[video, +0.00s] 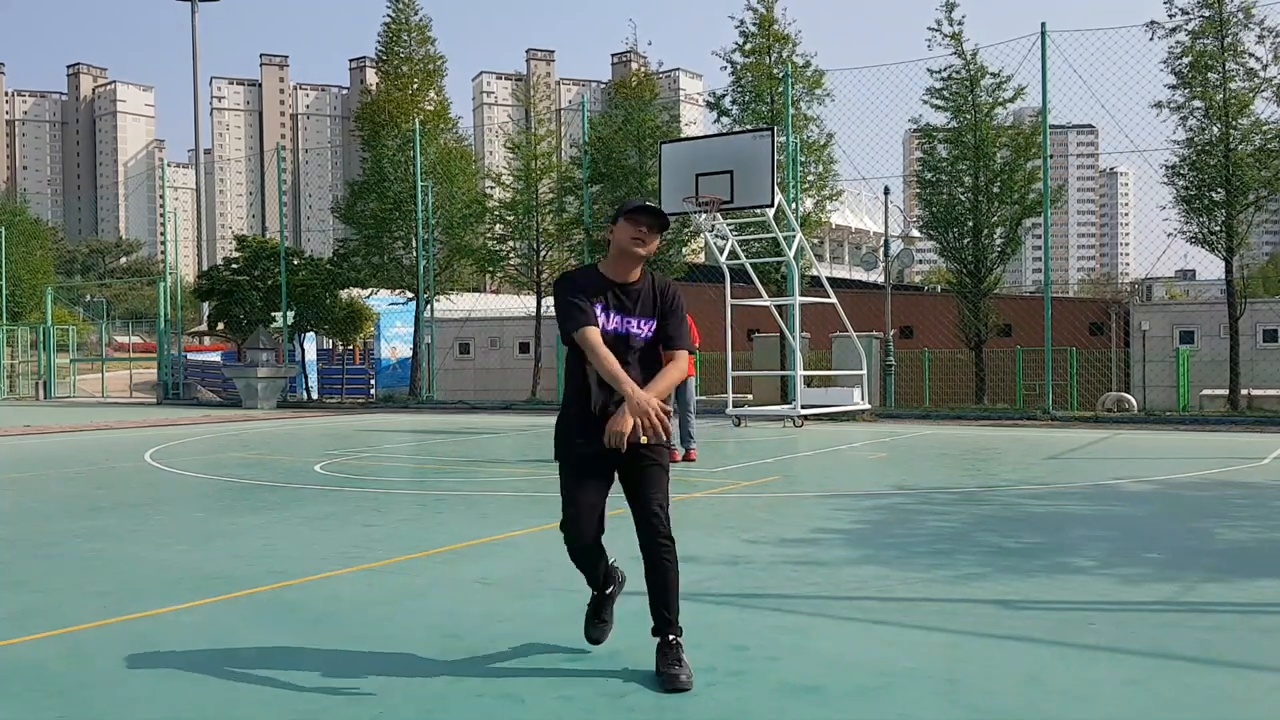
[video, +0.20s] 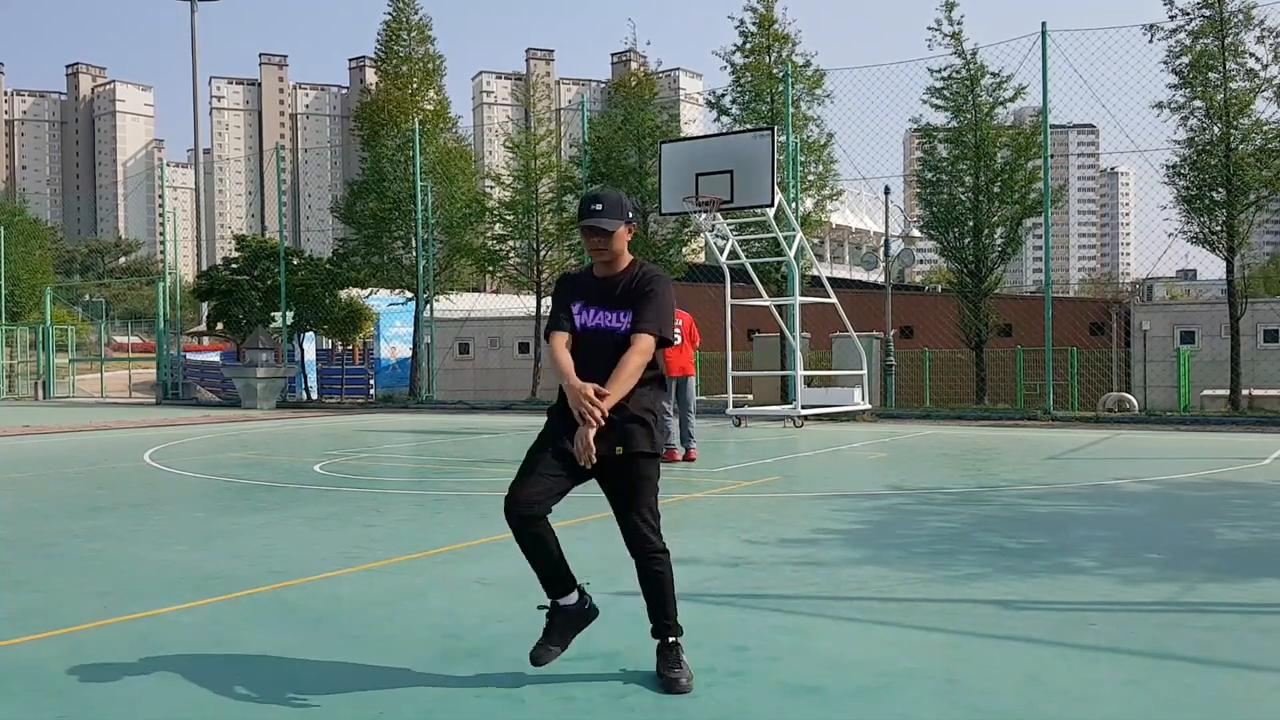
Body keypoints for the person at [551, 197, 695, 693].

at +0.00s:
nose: (646, 235)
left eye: (654, 231)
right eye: (637, 225)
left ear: (658, 244)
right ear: (612, 229)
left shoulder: (665, 294)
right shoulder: (575, 284)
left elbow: (680, 364)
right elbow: (593, 347)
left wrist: (633, 408)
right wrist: (636, 394)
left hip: (646, 431)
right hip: (585, 429)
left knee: (656, 530)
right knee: (578, 536)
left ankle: (669, 642)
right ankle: (605, 582)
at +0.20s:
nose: (596, 241)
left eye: (605, 233)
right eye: (589, 233)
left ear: (629, 232)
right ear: (582, 235)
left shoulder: (652, 284)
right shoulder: (569, 285)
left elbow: (639, 353)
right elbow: (559, 344)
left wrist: (594, 419)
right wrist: (572, 383)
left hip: (630, 420)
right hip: (574, 418)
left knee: (643, 534)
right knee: (522, 507)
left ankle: (669, 643)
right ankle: (569, 602)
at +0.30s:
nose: (576, 236)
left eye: (585, 226)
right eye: (569, 227)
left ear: (610, 224)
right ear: (563, 230)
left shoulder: (635, 275)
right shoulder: (561, 284)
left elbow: (620, 350)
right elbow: (542, 344)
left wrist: (574, 420)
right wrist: (544, 379)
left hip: (612, 424)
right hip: (559, 422)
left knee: (635, 534)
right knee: (509, 520)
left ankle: (675, 642)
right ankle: (514, 641)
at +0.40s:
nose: (557, 243)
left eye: (567, 234)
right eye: (551, 234)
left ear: (592, 234)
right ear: (545, 239)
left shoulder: (613, 285)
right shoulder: (545, 295)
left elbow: (605, 363)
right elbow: (525, 361)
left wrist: (561, 434)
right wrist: (529, 405)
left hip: (596, 444)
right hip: (540, 441)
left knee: (624, 548)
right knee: (499, 546)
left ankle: (682, 646)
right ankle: (479, 664)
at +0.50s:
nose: (533, 231)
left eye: (544, 223)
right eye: (528, 223)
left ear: (569, 229)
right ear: (521, 231)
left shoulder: (591, 278)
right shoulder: (517, 291)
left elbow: (582, 358)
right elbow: (508, 366)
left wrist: (553, 437)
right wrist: (519, 417)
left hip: (586, 443)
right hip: (525, 441)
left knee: (610, 545)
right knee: (493, 545)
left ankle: (666, 647)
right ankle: (482, 663)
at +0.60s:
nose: (528, 224)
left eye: (538, 216)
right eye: (519, 216)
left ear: (557, 222)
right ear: (506, 223)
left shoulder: (583, 267)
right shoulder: (488, 280)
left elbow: (579, 344)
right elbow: (480, 357)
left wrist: (542, 410)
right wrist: (525, 372)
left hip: (589, 419)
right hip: (524, 425)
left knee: (613, 531)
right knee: (506, 547)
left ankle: (637, 635)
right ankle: (481, 664)